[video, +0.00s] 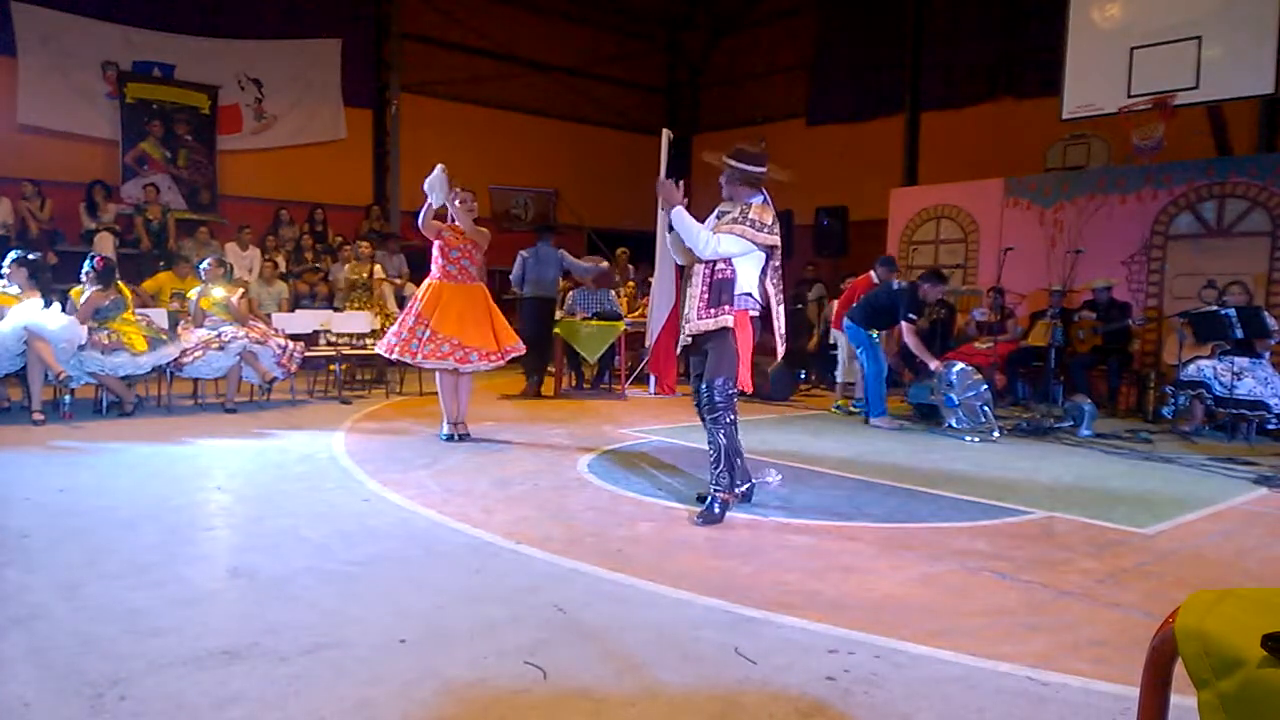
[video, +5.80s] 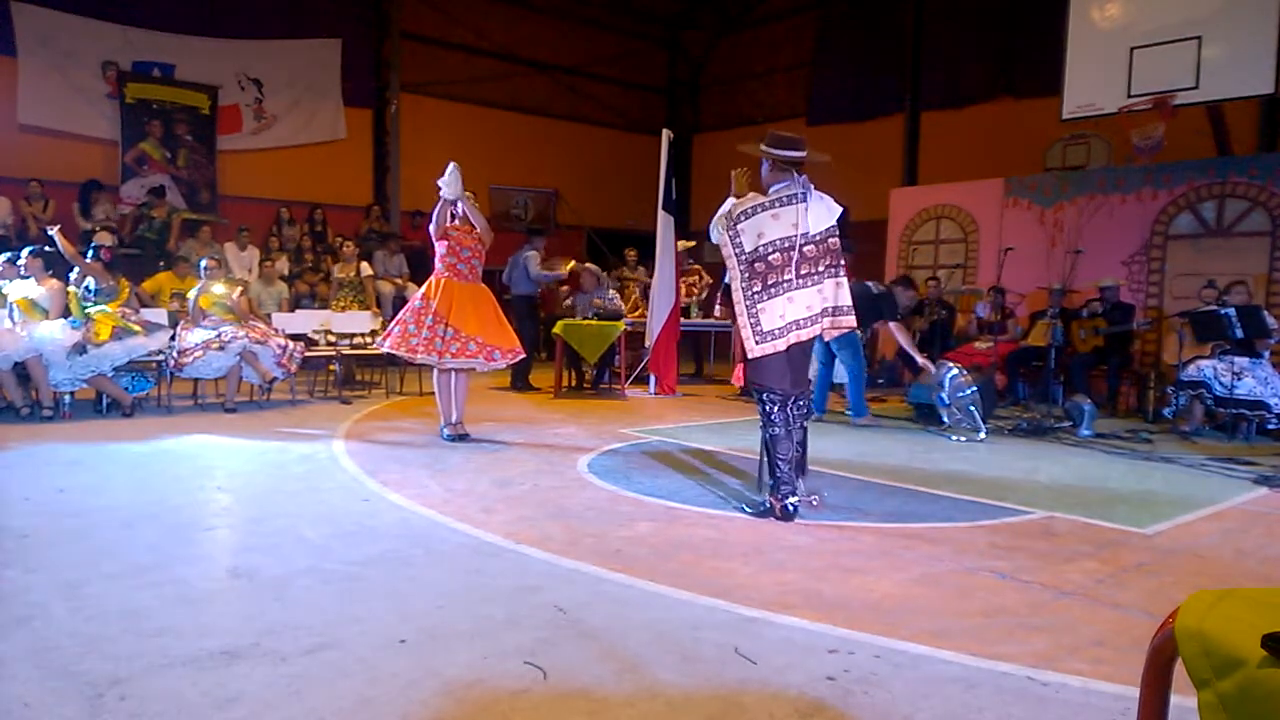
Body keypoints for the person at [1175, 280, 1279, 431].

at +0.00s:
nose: (1235, 297)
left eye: (1240, 293)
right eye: (1231, 294)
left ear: (1248, 297)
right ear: (1223, 298)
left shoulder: (1258, 315)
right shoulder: (1215, 316)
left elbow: (1265, 346)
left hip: (1254, 364)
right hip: (1222, 362)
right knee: (1197, 368)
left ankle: (1243, 424)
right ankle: (1197, 419)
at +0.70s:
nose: (1238, 297)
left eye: (1243, 293)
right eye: (1233, 293)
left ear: (1249, 297)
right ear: (1224, 299)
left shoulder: (1259, 315)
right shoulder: (1216, 316)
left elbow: (1265, 347)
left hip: (1254, 364)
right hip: (1222, 362)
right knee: (1196, 368)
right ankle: (1197, 419)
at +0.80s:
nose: (1238, 297)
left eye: (1242, 293)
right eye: (1233, 293)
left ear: (1249, 297)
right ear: (1224, 299)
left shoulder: (1259, 315)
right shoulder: (1218, 315)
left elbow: (1264, 347)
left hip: (1254, 364)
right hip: (1223, 363)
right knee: (1197, 368)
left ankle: (1244, 426)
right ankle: (1197, 419)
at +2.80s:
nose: (1226, 296)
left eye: (1231, 293)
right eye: (1225, 293)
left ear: (1245, 297)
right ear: (1222, 296)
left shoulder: (1258, 315)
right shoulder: (1220, 315)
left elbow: (1265, 345)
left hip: (1253, 364)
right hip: (1224, 363)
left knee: (1245, 381)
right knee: (1199, 368)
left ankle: (1241, 426)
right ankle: (1196, 421)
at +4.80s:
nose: (1227, 296)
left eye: (1233, 292)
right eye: (1225, 293)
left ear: (1246, 297)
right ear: (1222, 296)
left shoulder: (1257, 314)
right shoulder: (1218, 315)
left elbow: (1264, 345)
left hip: (1252, 364)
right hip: (1222, 363)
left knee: (1247, 381)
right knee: (1198, 368)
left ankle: (1243, 425)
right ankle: (1195, 419)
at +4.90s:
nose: (1227, 296)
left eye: (1232, 292)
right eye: (1225, 293)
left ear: (1246, 297)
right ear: (1223, 296)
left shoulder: (1257, 314)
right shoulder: (1219, 315)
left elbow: (1265, 345)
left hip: (1253, 365)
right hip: (1223, 363)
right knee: (1198, 368)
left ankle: (1243, 425)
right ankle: (1195, 419)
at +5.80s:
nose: (1239, 297)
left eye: (1243, 293)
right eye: (1234, 293)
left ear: (1249, 297)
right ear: (1226, 297)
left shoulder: (1258, 314)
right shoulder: (1218, 314)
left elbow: (1265, 345)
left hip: (1253, 363)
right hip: (1223, 362)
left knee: (1247, 381)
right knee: (1198, 368)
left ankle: (1243, 426)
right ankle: (1196, 419)